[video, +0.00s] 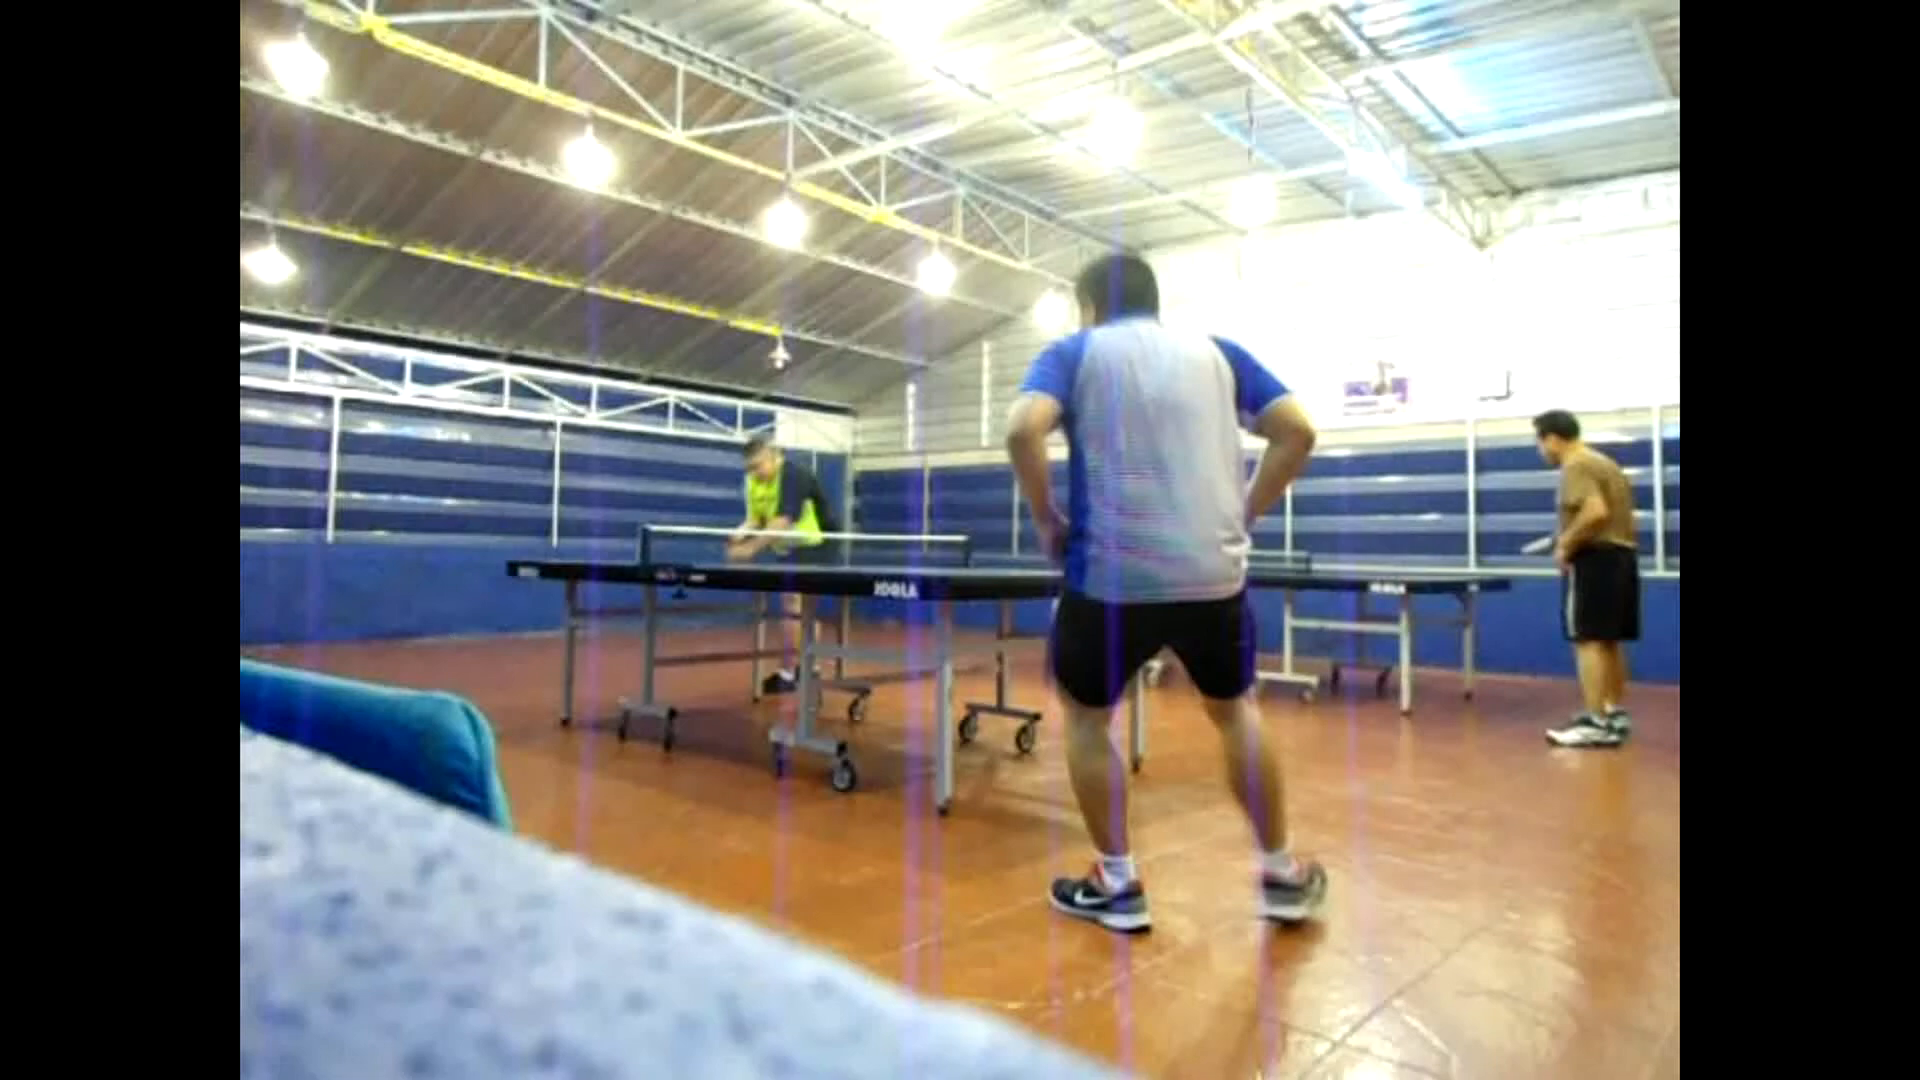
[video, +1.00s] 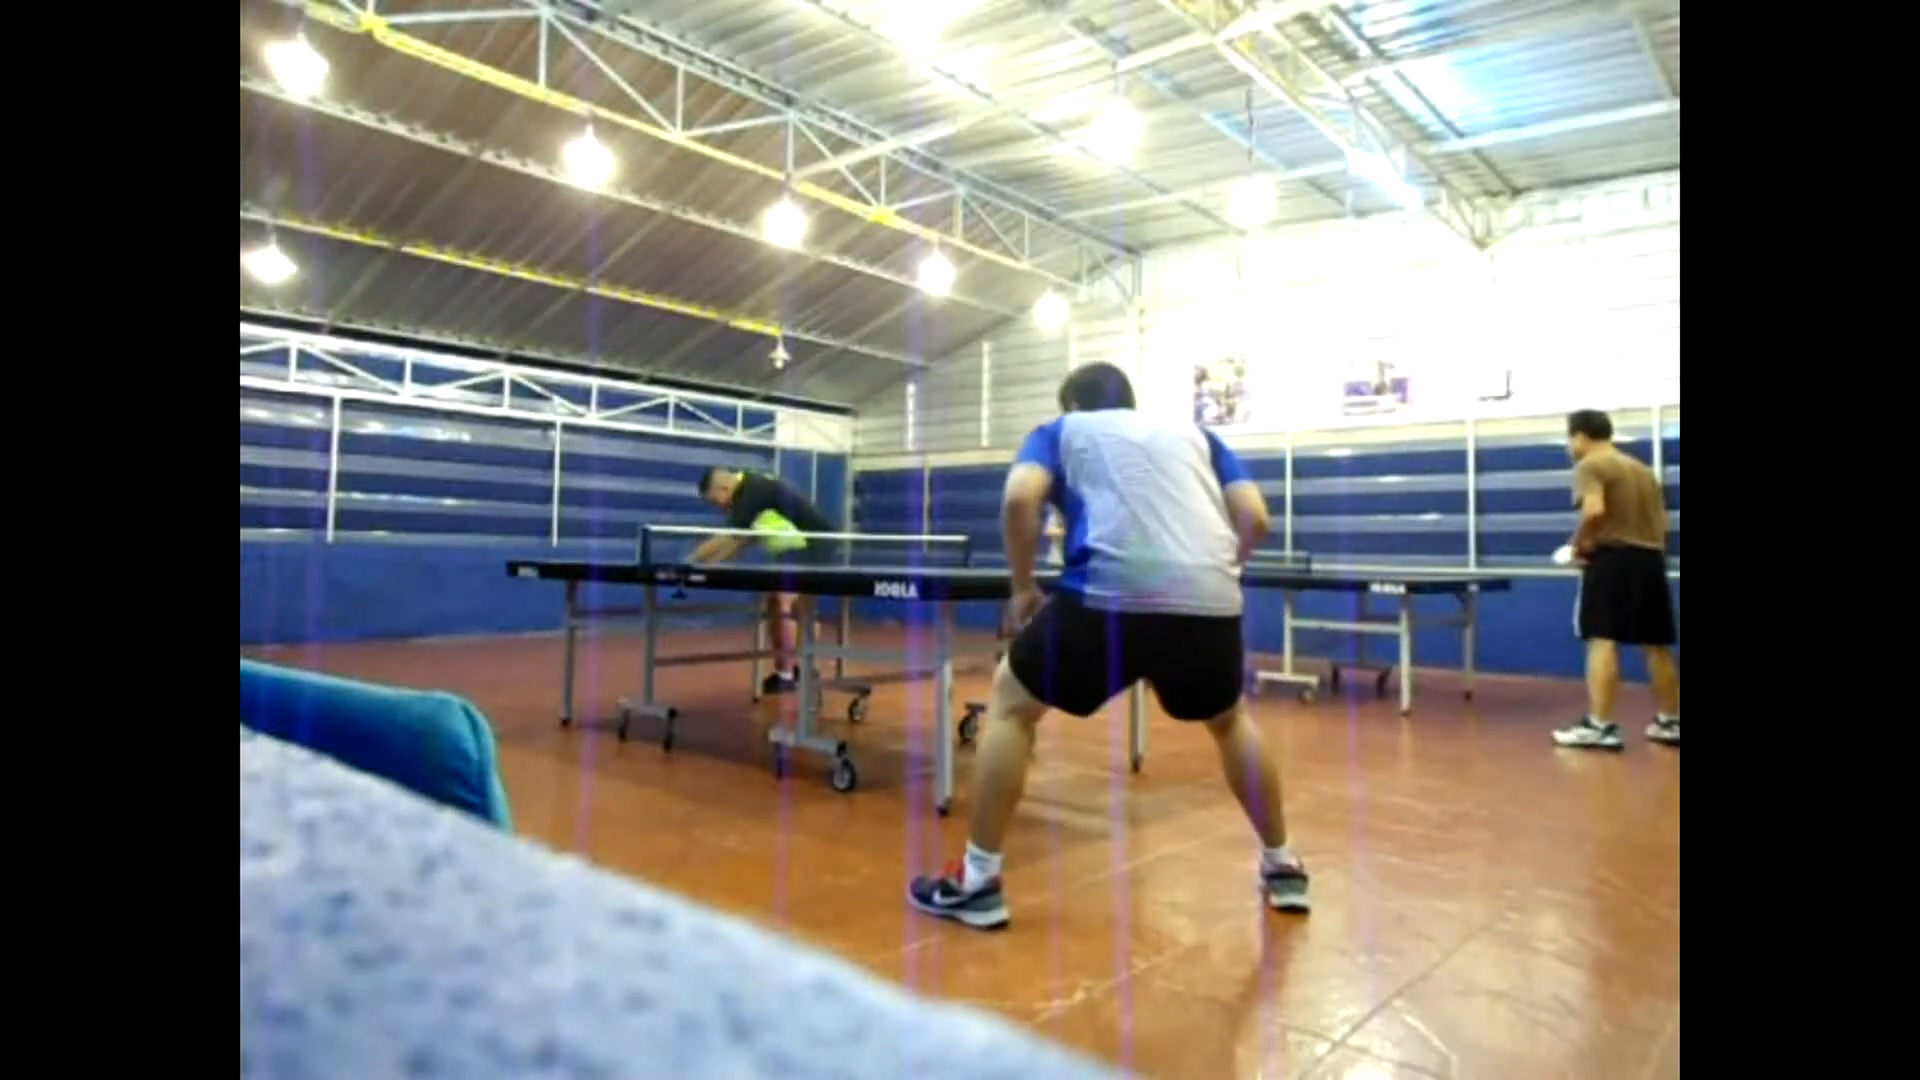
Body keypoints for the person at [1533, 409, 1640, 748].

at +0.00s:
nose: (1541, 449)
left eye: (1542, 441)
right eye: (1540, 442)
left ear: (1555, 439)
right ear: (1571, 435)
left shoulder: (1575, 466)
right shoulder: (1606, 464)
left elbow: (1595, 510)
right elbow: (1627, 517)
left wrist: (1565, 542)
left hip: (1595, 552)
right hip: (1621, 552)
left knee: (1588, 639)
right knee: (1608, 640)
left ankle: (1595, 717)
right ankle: (1614, 711)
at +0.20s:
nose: (1541, 447)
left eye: (1542, 439)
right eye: (1540, 440)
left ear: (1555, 436)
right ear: (1575, 433)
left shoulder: (1571, 464)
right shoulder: (1612, 464)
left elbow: (1585, 508)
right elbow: (1631, 515)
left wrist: (1559, 540)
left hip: (1592, 552)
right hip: (1623, 553)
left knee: (1585, 640)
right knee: (1615, 640)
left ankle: (1593, 718)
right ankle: (1626, 713)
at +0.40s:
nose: (1547, 444)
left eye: (1549, 436)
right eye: (1547, 436)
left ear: (1560, 436)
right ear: (1585, 434)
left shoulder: (1570, 468)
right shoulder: (1623, 468)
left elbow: (1571, 514)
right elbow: (1642, 518)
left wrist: (1555, 541)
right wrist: (1618, 538)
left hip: (1588, 556)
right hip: (1627, 557)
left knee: (1573, 640)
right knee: (1631, 638)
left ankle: (1594, 720)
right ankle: (1661, 714)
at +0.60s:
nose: (1561, 447)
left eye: (1563, 439)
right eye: (1561, 439)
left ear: (1574, 438)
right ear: (1597, 435)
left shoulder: (1583, 469)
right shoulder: (1635, 470)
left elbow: (1584, 516)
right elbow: (1652, 522)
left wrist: (1570, 546)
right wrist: (1633, 544)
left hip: (1603, 558)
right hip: (1641, 559)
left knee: (1573, 638)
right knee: (1650, 640)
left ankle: (1594, 719)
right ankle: (1670, 718)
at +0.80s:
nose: (1570, 446)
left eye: (1572, 439)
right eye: (1570, 439)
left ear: (1584, 438)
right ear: (1605, 435)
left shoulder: (1593, 467)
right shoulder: (1641, 468)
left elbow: (1601, 512)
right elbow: (1659, 516)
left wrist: (1583, 546)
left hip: (1615, 555)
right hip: (1653, 555)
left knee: (1591, 638)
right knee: (1657, 642)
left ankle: (1598, 722)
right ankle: (1670, 719)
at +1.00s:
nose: (1570, 446)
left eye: (1572, 438)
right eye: (1570, 439)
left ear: (1584, 437)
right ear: (1606, 435)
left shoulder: (1591, 465)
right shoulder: (1642, 469)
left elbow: (1594, 511)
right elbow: (1660, 521)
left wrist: (1579, 543)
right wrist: (1644, 544)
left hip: (1611, 553)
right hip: (1649, 555)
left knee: (1601, 640)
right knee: (1656, 644)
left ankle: (1599, 723)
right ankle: (1670, 718)